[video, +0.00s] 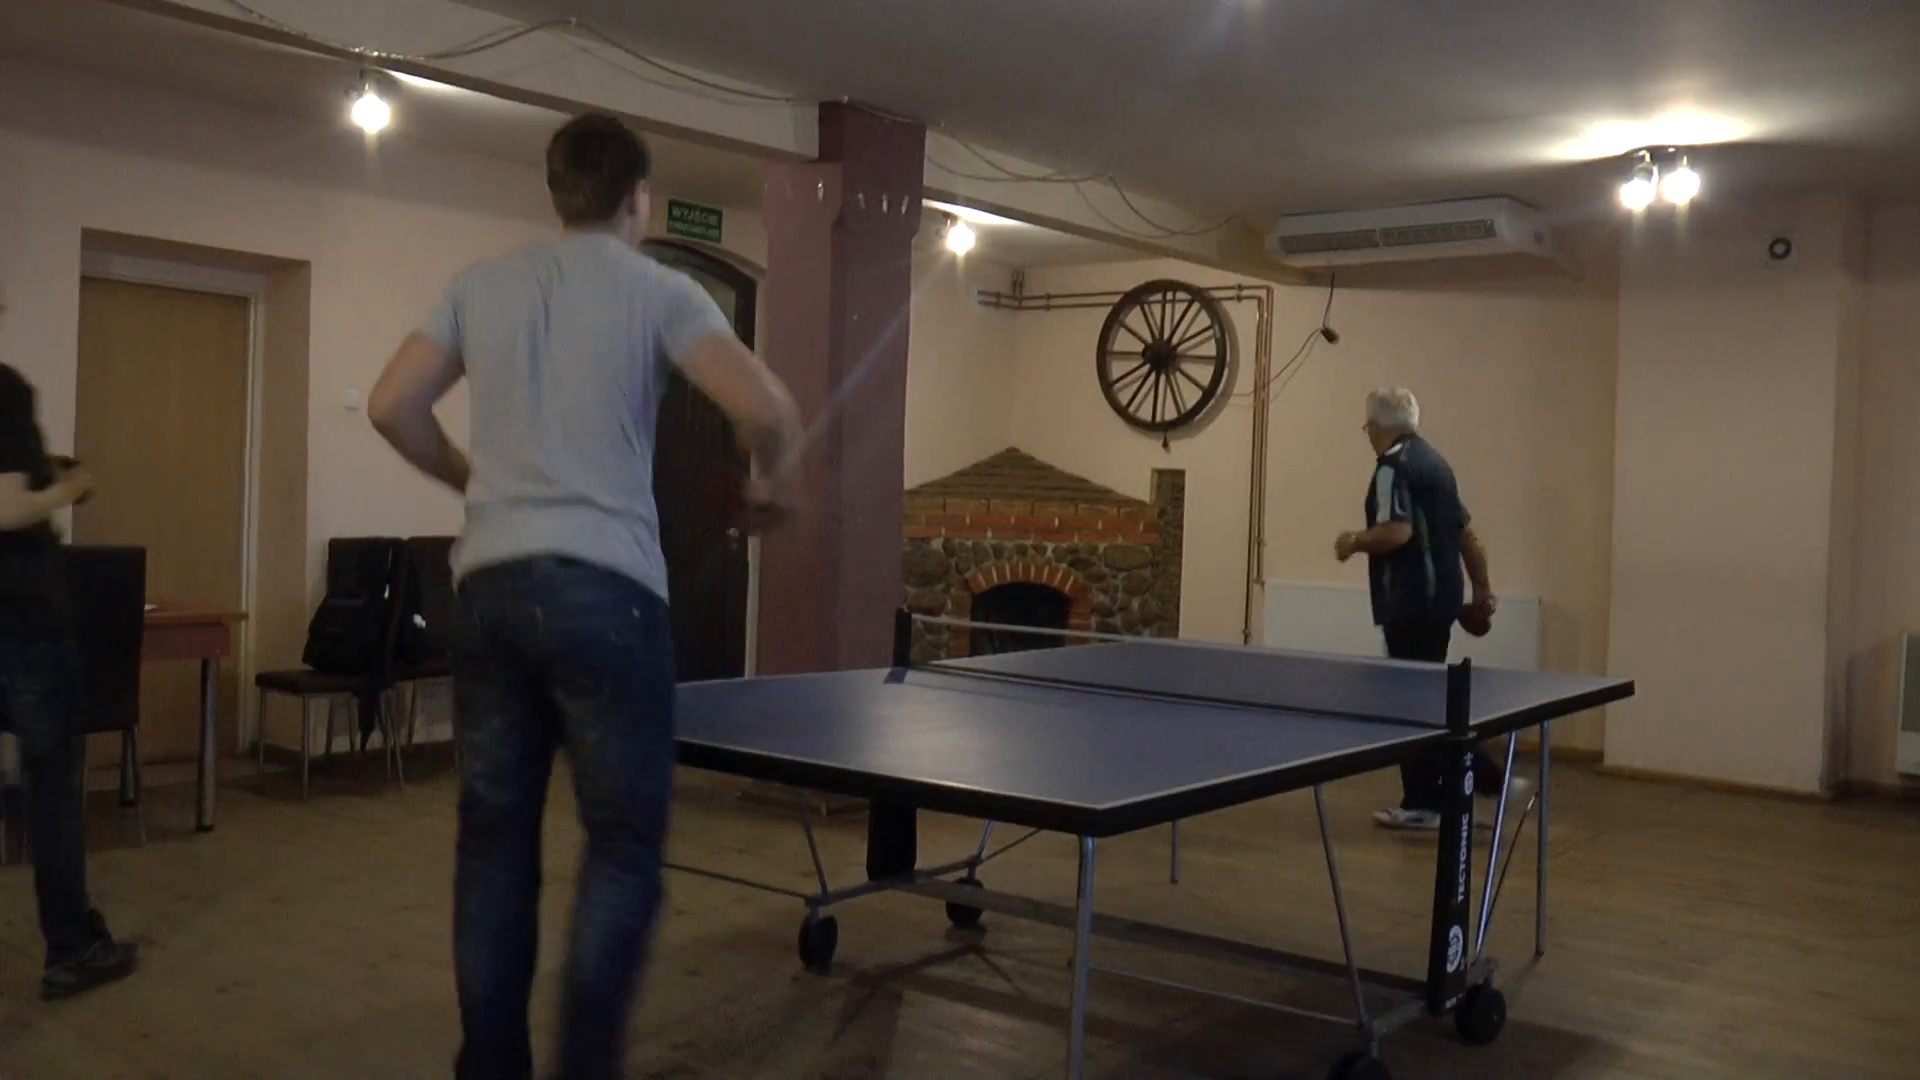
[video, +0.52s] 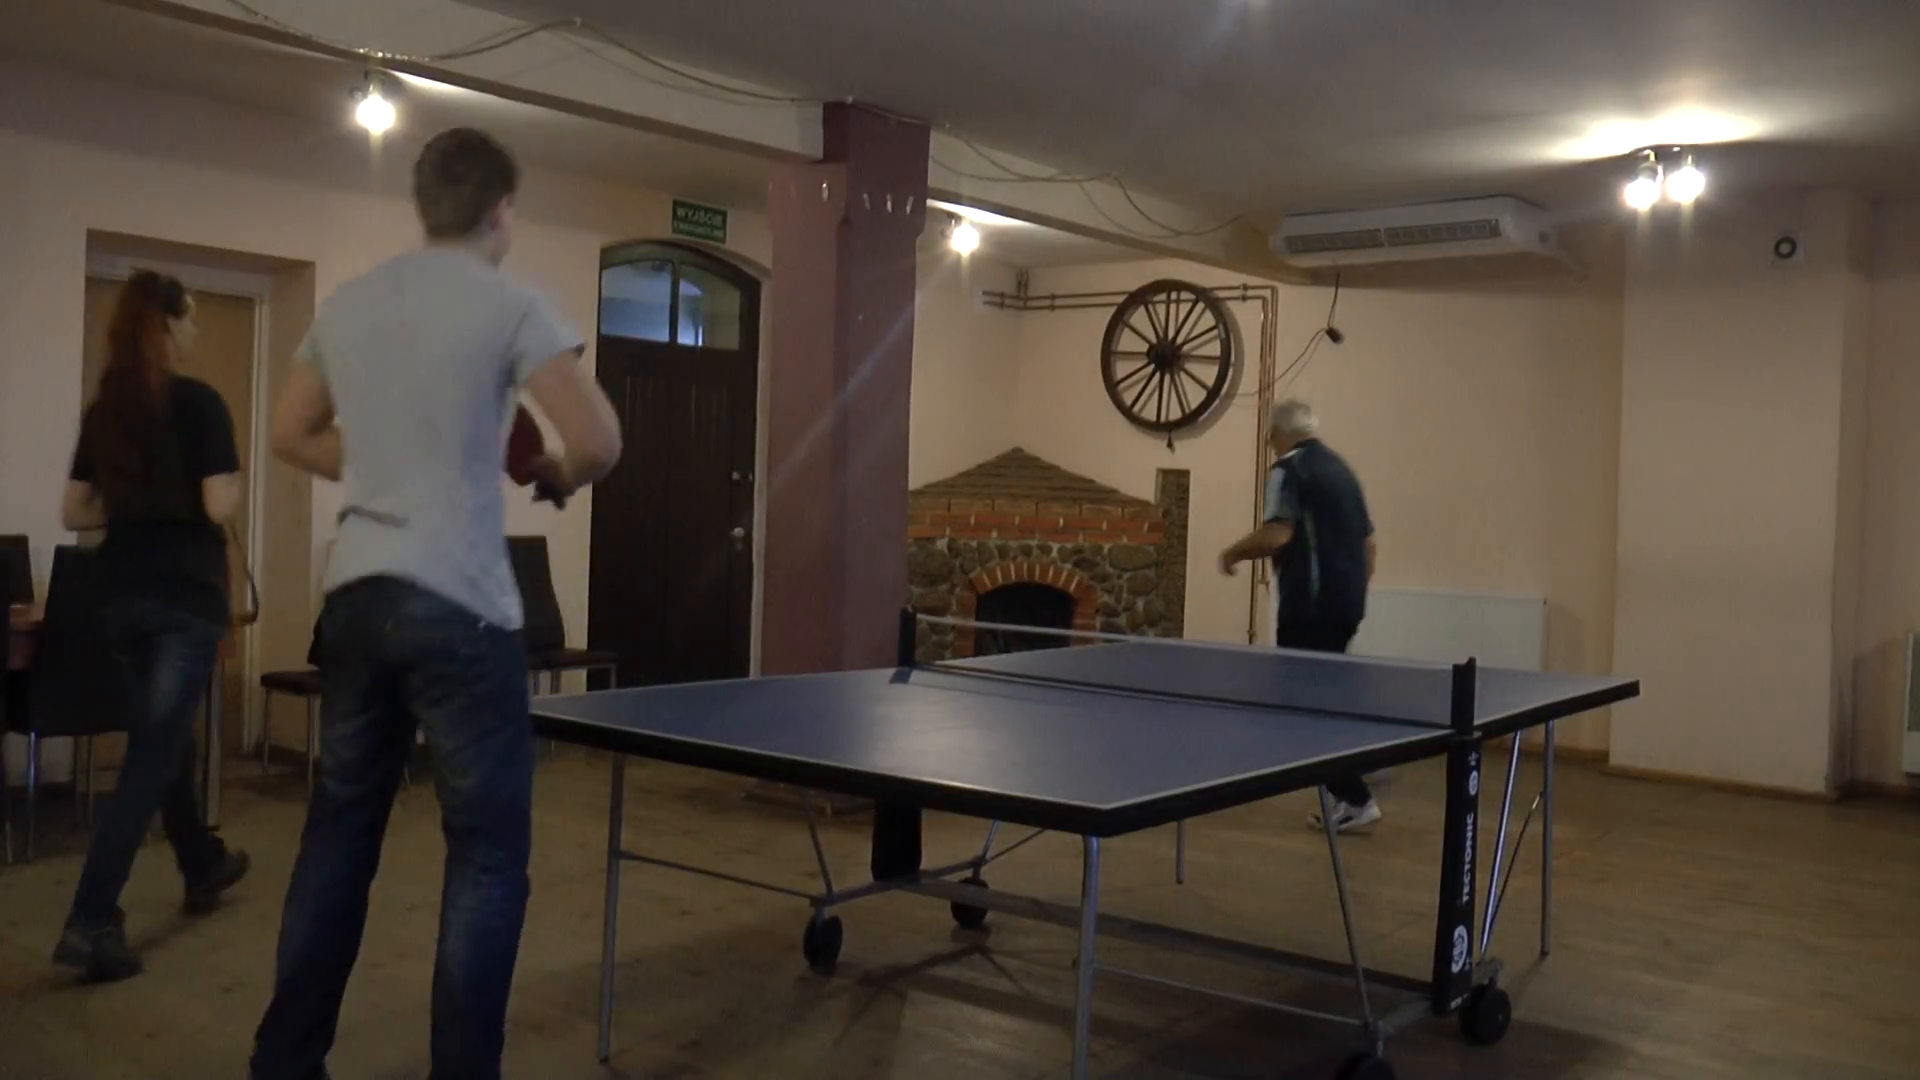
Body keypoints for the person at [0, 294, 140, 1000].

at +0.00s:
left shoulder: (16, 403)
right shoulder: (10, 400)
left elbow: (21, 508)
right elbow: (11, 510)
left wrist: (49, 484)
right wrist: (63, 492)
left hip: (38, 633)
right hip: (28, 637)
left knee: (53, 784)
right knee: (53, 785)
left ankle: (74, 939)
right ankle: (71, 948)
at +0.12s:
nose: (55, 309)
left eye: (51, 296)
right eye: (46, 296)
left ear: (14, 303)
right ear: (17, 303)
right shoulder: (52, 389)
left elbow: (57, 503)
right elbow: (72, 508)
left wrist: (96, 487)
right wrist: (117, 491)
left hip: (18, 615)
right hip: (67, 615)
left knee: (28, 772)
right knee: (90, 776)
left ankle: (76, 942)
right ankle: (76, 946)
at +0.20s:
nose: (93, 308)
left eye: (90, 294)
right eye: (87, 295)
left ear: (23, 303)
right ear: (57, 302)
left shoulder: (8, 383)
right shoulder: (90, 387)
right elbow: (109, 501)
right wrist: (149, 486)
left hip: (27, 604)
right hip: (99, 605)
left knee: (73, 763)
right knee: (100, 775)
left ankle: (8, 883)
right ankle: (79, 948)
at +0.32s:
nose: (134, 308)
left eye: (132, 296)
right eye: (128, 297)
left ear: (63, 302)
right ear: (105, 302)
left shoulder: (39, 385)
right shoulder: (138, 380)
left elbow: (15, 497)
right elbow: (161, 486)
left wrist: (76, 496)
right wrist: (185, 469)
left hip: (69, 595)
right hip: (137, 595)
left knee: (108, 760)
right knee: (117, 770)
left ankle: (102, 921)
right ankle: (80, 945)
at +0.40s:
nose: (160, 316)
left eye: (157, 304)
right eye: (155, 305)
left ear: (90, 310)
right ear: (132, 308)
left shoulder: (69, 389)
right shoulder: (163, 384)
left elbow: (38, 502)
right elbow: (189, 489)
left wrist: (102, 497)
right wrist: (205, 469)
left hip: (83, 590)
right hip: (156, 591)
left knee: (138, 749)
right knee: (129, 759)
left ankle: (160, 895)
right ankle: (82, 937)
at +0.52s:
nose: (193, 332)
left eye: (189, 320)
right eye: (189, 321)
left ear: (125, 325)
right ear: (170, 325)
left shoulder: (105, 404)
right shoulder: (200, 401)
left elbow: (75, 511)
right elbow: (222, 503)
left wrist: (134, 510)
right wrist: (221, 498)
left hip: (120, 590)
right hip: (187, 589)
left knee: (166, 742)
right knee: (149, 758)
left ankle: (203, 866)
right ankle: (90, 925)